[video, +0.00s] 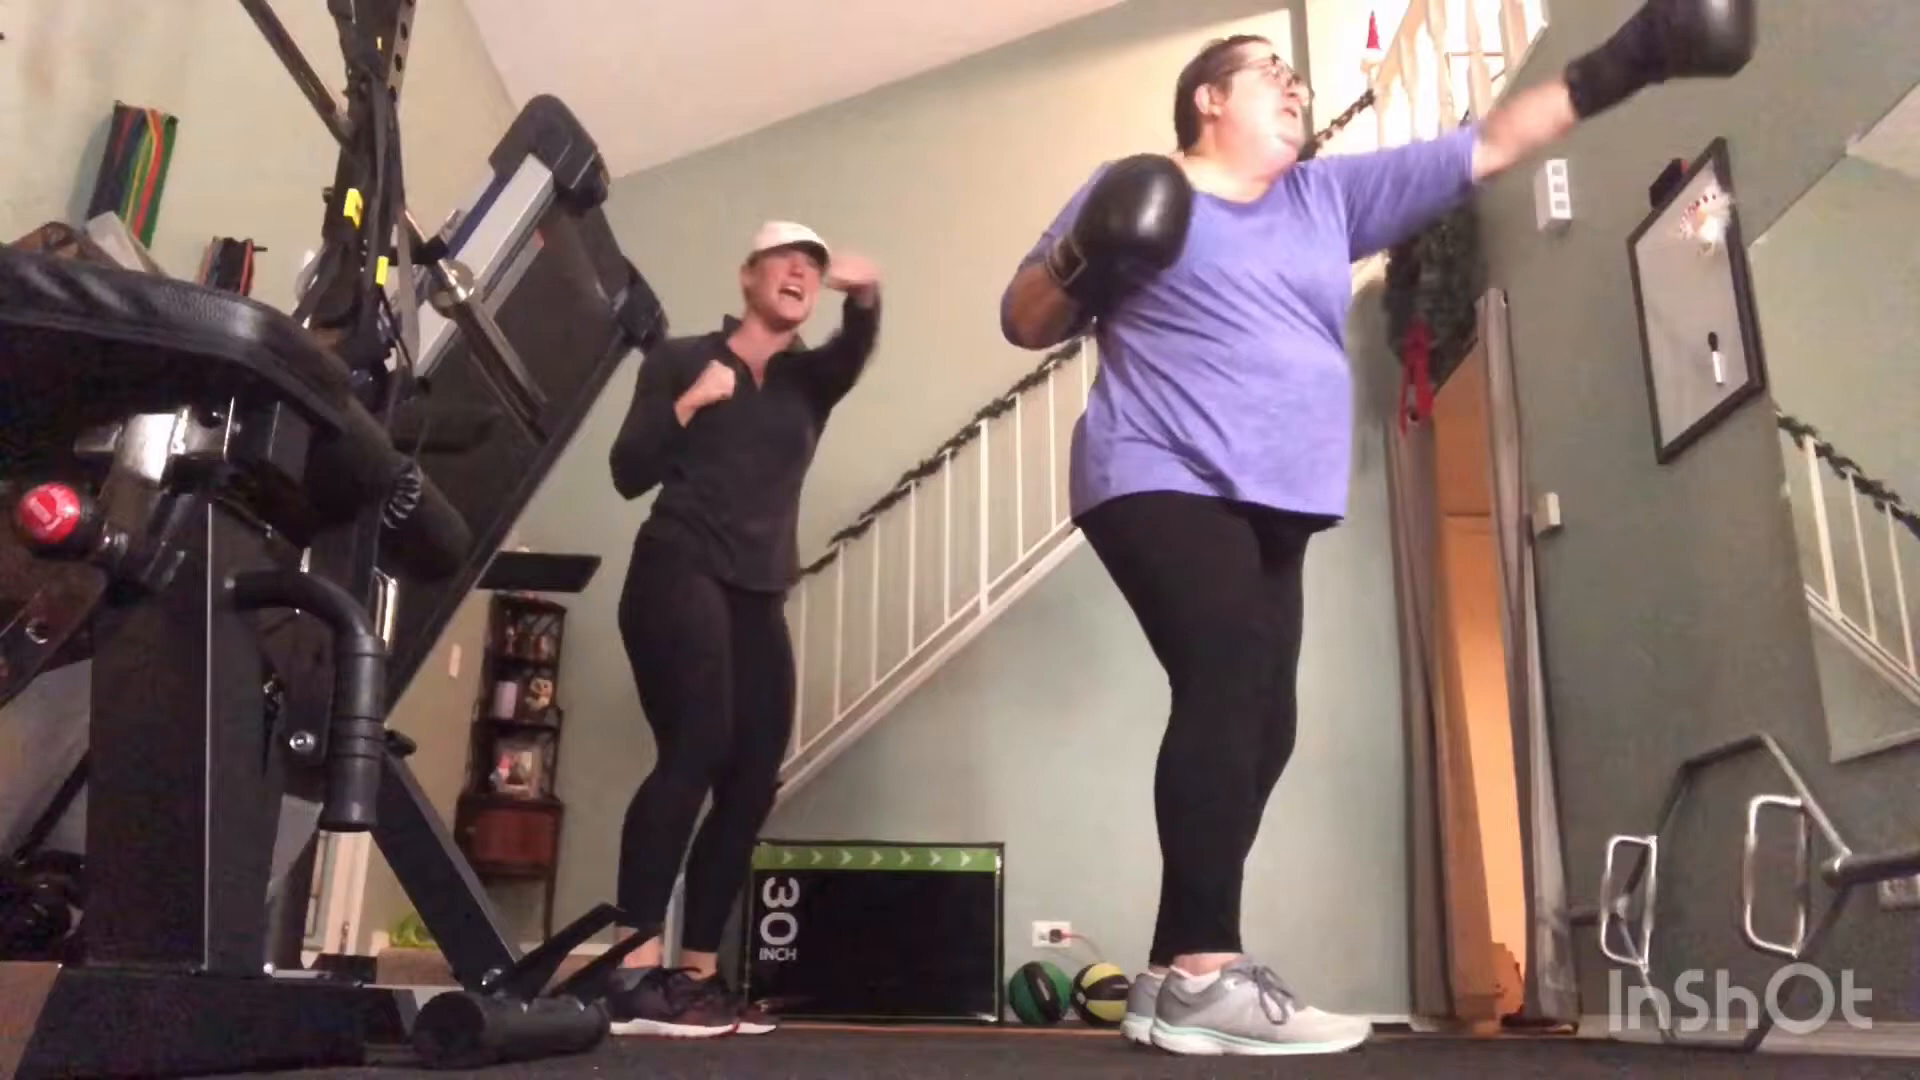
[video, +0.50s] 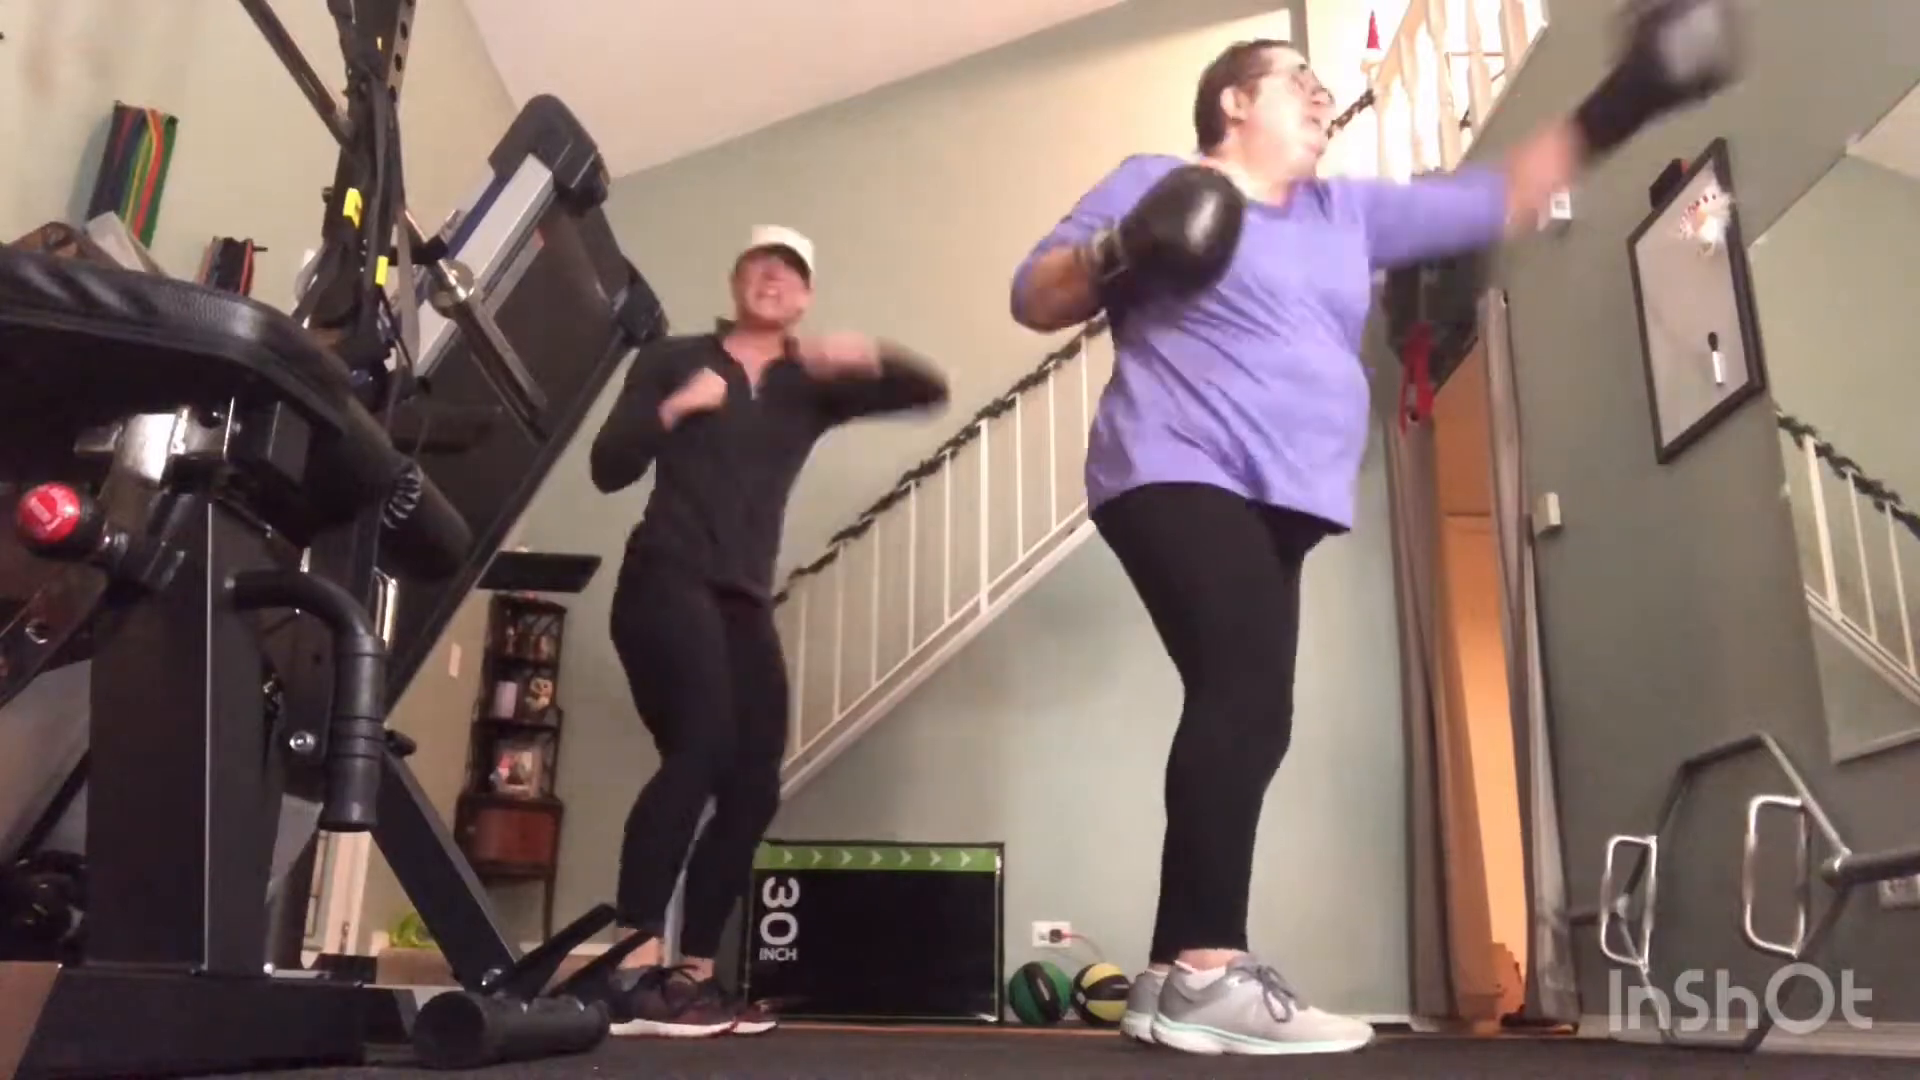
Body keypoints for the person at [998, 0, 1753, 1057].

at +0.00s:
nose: (1300, 97)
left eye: (1298, 87)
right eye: (1275, 81)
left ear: (1292, 122)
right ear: (1207, 105)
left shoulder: (1326, 194)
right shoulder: (1137, 189)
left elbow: (1489, 141)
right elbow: (1023, 323)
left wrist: (1638, 50)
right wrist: (1089, 258)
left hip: (1267, 498)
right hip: (1150, 472)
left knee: (1262, 723)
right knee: (1224, 683)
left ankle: (1179, 974)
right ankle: (1198, 973)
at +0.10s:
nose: (1302, 94)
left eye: (1301, 83)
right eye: (1279, 78)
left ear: (1300, 115)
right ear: (1214, 101)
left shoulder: (1329, 215)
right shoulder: (1140, 182)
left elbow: (1467, 246)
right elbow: (1029, 310)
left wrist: (1547, 149)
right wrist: (1129, 244)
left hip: (1266, 499)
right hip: (1162, 468)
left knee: (1258, 729)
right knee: (1232, 686)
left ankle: (1189, 978)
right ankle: (1198, 971)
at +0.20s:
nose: (1316, 146)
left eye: (1316, 132)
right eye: (1307, 129)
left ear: (1235, 120)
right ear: (1259, 118)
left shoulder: (1249, 196)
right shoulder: (1218, 163)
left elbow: (1298, 305)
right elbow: (1229, 260)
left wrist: (1373, 246)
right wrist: (1334, 209)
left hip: (1190, 475)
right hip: (1211, 467)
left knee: (1230, 721)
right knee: (1255, 701)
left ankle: (1182, 976)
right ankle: (1205, 970)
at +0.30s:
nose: (1297, 167)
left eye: (1289, 155)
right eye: (1291, 156)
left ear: (1194, 168)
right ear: (1278, 160)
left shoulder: (1131, 226)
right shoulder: (1321, 222)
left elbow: (1025, 290)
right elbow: (1422, 315)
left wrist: (1070, 365)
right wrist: (1457, 315)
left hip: (1120, 498)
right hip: (1257, 483)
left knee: (1182, 727)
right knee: (1259, 716)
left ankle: (1165, 980)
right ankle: (1210, 966)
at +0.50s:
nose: (1330, 105)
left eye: (1326, 93)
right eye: (1305, 88)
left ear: (1276, 117)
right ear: (1235, 105)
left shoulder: (1350, 210)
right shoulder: (1160, 180)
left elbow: (1508, 192)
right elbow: (1031, 299)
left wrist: (1625, 95)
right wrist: (1124, 254)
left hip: (1277, 501)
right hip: (1167, 467)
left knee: (1247, 717)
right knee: (1241, 695)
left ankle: (1184, 974)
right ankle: (1201, 972)